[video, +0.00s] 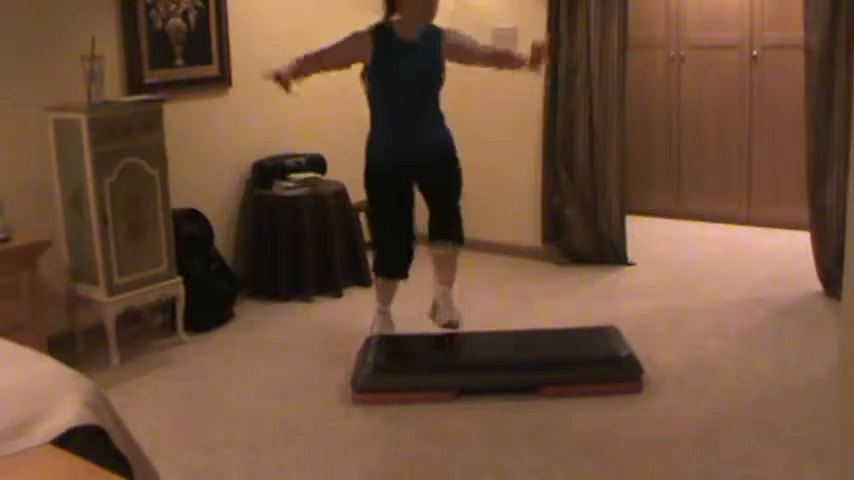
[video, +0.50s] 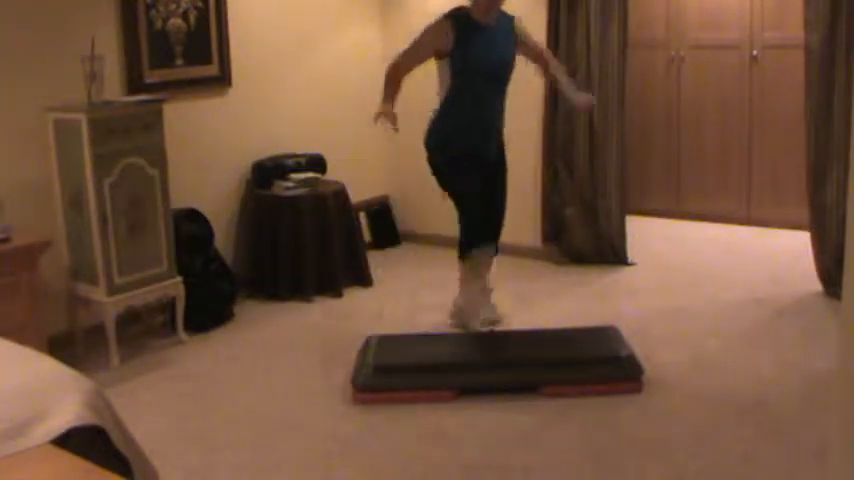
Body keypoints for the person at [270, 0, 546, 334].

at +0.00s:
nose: (433, 5)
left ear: (433, 5)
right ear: (402, 3)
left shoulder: (441, 40)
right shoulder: (371, 41)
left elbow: (484, 55)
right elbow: (323, 59)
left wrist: (524, 60)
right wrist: (291, 72)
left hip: (434, 149)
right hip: (387, 152)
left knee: (447, 226)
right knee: (391, 238)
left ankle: (444, 299)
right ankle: (382, 316)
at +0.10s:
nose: (446, 3)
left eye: (446, 1)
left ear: (444, 5)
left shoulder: (453, 34)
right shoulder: (386, 32)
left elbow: (486, 68)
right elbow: (333, 68)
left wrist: (513, 100)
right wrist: (309, 115)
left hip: (442, 145)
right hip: (396, 147)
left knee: (464, 224)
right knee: (393, 232)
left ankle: (462, 295)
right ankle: (382, 313)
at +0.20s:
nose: (460, 6)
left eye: (461, 3)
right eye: (453, 2)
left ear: (463, 6)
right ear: (432, 3)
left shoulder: (466, 38)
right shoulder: (404, 35)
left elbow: (474, 85)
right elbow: (362, 77)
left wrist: (485, 125)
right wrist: (348, 127)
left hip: (455, 152)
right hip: (410, 153)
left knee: (472, 227)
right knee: (400, 235)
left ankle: (466, 298)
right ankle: (382, 313)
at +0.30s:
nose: (475, 10)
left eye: (478, 4)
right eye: (468, 4)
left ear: (480, 8)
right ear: (448, 7)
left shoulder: (482, 45)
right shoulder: (421, 45)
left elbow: (476, 99)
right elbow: (387, 86)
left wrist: (479, 145)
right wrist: (376, 133)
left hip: (472, 159)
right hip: (429, 161)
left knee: (476, 241)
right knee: (423, 248)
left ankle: (464, 309)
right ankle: (391, 311)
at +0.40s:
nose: (485, 5)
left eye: (488, 2)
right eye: (479, 1)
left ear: (492, 5)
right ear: (463, 3)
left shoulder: (497, 38)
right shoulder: (437, 36)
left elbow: (508, 81)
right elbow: (395, 79)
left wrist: (511, 121)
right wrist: (383, 131)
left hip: (482, 152)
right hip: (442, 152)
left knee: (483, 233)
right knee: (454, 233)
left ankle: (464, 307)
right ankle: (428, 296)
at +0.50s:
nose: (494, 2)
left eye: (497, 1)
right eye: (489, 0)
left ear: (500, 1)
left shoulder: (509, 27)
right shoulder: (450, 27)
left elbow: (543, 57)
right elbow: (399, 65)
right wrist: (388, 102)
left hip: (489, 139)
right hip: (450, 138)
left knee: (491, 218)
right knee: (476, 213)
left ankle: (475, 301)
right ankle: (471, 304)